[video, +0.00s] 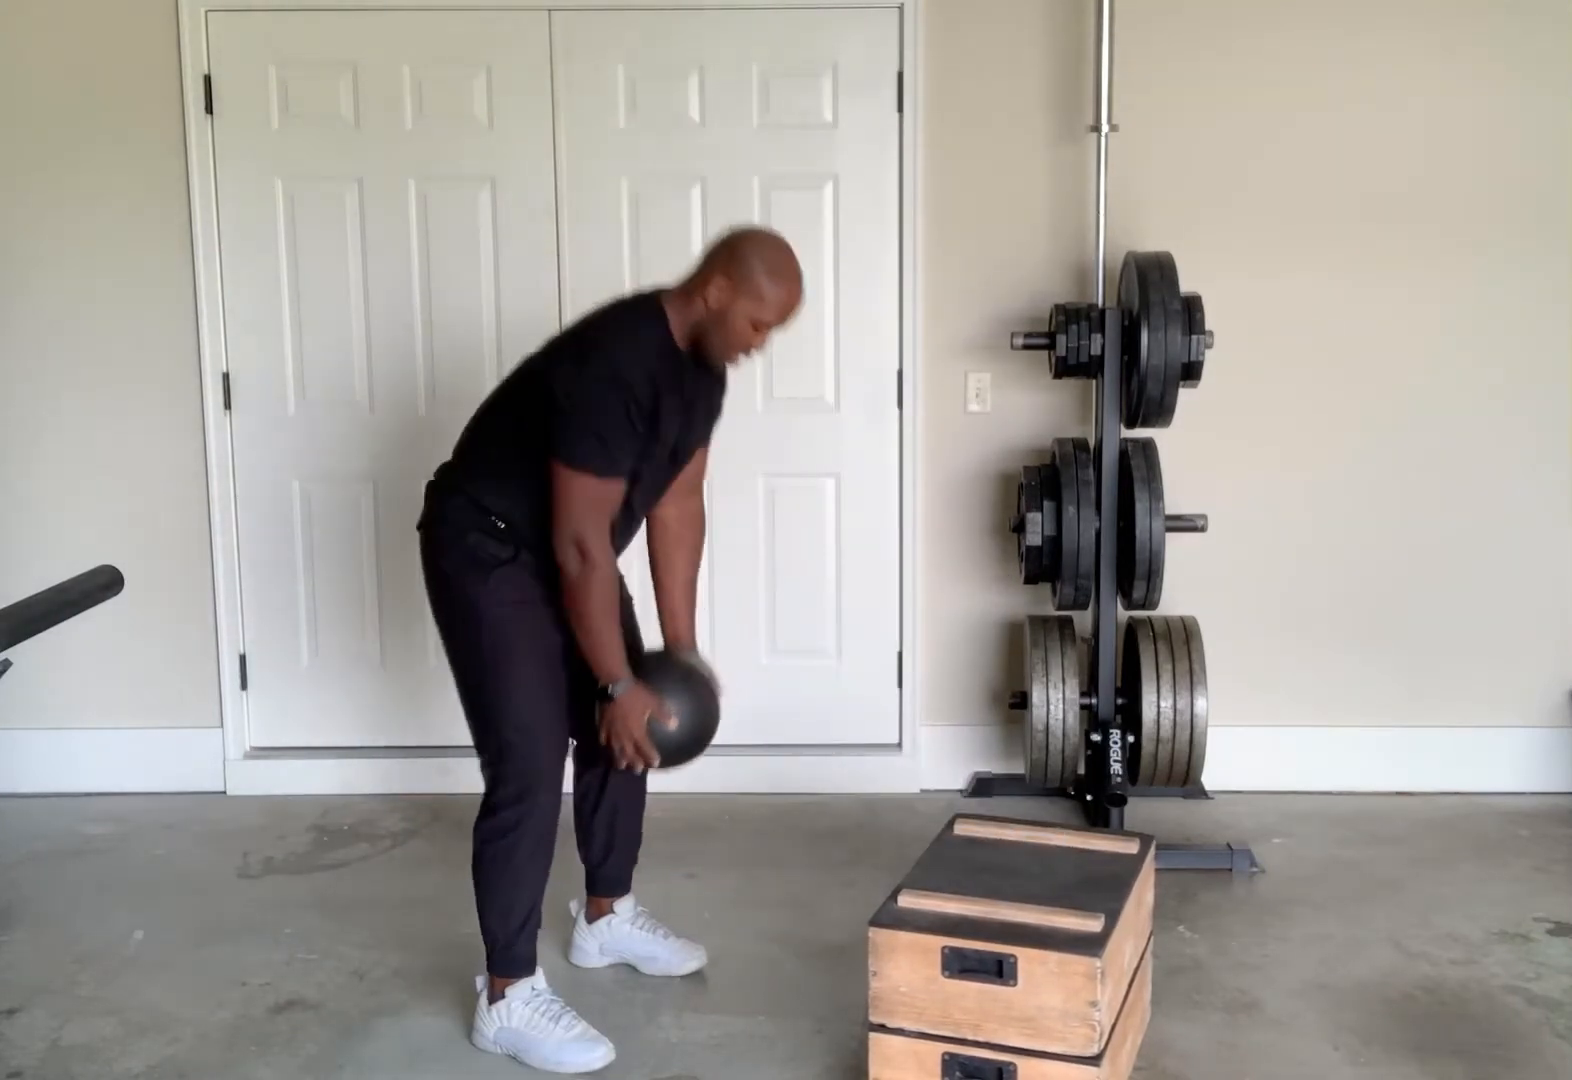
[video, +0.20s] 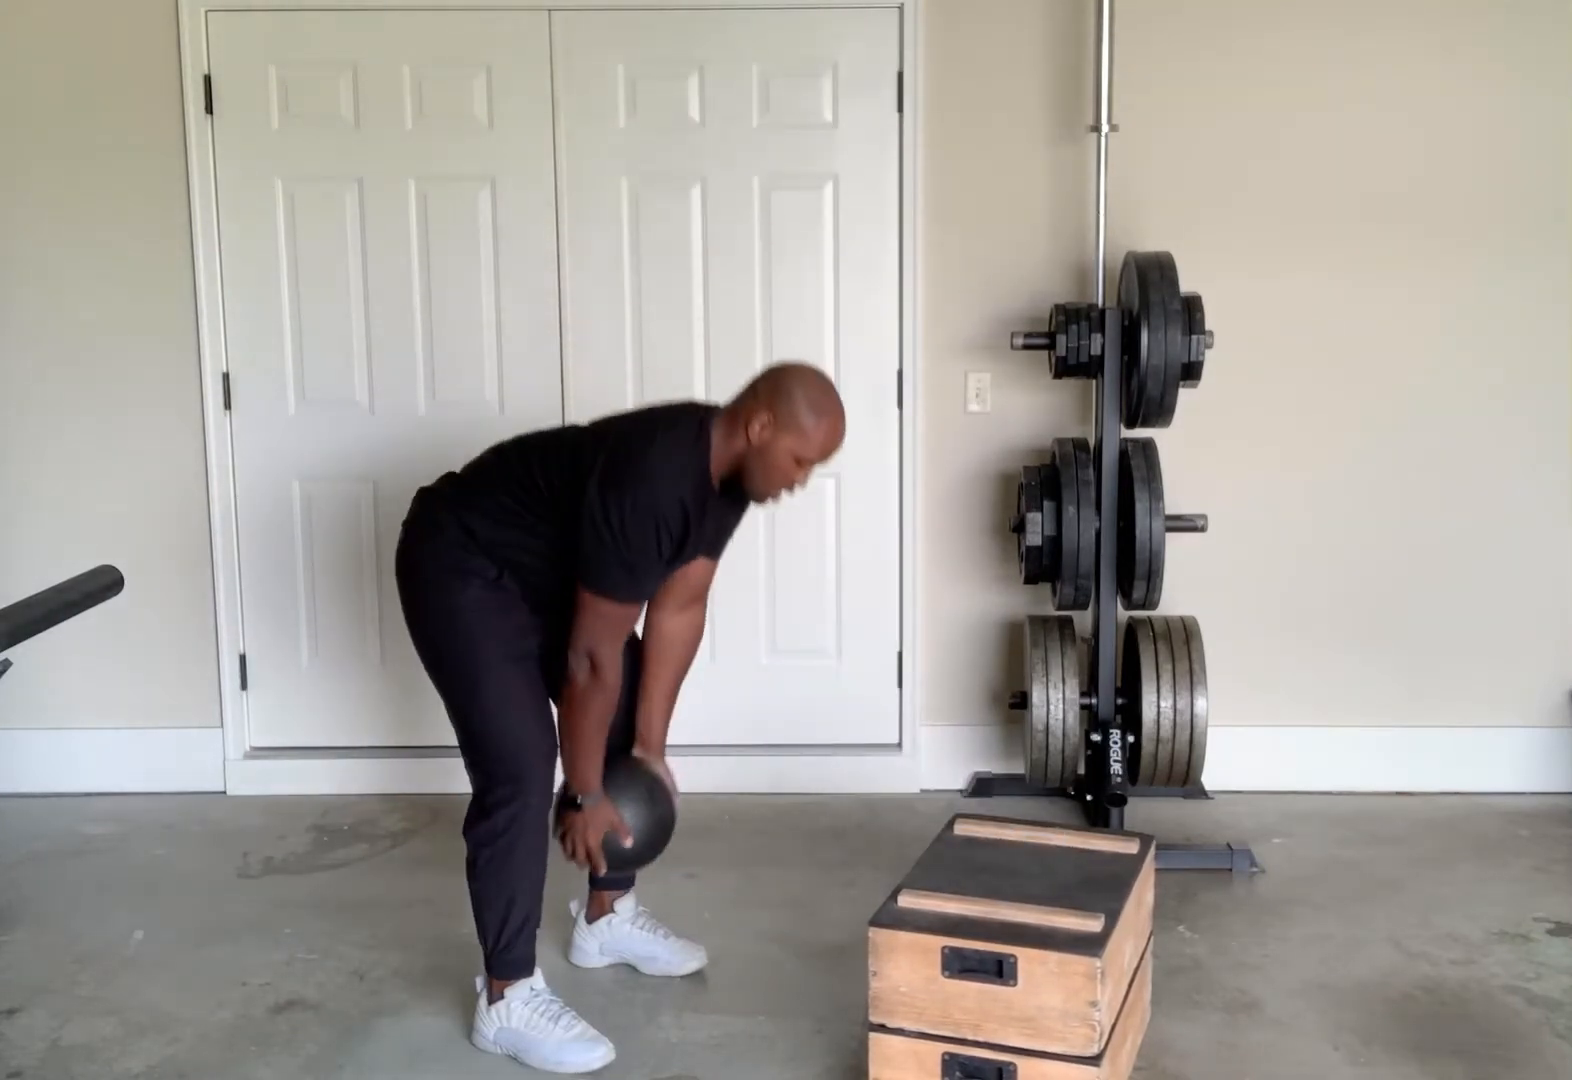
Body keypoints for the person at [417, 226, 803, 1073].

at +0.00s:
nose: (760, 341)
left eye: (772, 328)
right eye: (758, 321)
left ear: (734, 300)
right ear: (714, 286)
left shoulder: (701, 366)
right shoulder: (614, 360)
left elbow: (678, 503)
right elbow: (578, 546)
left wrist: (679, 651)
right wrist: (617, 689)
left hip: (571, 544)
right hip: (485, 544)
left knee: (622, 715)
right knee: (528, 759)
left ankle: (606, 916)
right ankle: (506, 991)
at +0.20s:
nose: (802, 481)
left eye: (812, 468)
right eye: (800, 461)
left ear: (759, 427)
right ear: (756, 426)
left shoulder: (730, 478)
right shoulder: (650, 473)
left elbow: (680, 609)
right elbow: (591, 658)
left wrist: (649, 753)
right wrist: (583, 792)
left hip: (547, 567)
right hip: (458, 558)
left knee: (633, 710)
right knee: (519, 767)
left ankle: (607, 915)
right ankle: (507, 994)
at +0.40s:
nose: (813, 535)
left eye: (822, 521)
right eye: (810, 516)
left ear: (768, 479)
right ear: (764, 479)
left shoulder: (733, 522)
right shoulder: (660, 524)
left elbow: (672, 652)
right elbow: (589, 702)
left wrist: (633, 790)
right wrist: (567, 834)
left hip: (532, 579)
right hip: (449, 576)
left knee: (641, 719)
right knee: (520, 779)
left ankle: (604, 918)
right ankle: (506, 995)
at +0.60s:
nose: (816, 462)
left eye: (823, 444)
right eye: (811, 440)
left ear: (758, 423)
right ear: (755, 420)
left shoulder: (731, 485)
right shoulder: (653, 484)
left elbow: (680, 612)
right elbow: (588, 665)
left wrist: (649, 754)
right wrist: (584, 801)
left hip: (547, 575)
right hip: (461, 570)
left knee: (618, 756)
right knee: (528, 781)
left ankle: (606, 917)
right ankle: (504, 995)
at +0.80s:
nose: (697, 175)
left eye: (692, 160)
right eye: (677, 162)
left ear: (645, 183)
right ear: (617, 181)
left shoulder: (680, 293)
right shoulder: (572, 294)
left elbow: (683, 402)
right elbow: (580, 455)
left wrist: (760, 456)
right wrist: (725, 472)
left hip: (651, 561)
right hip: (554, 568)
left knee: (723, 716)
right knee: (570, 791)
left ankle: (630, 886)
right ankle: (510, 994)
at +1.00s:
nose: (680, 133)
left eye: (675, 122)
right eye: (657, 119)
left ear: (656, 137)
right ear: (615, 139)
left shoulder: (694, 225)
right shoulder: (586, 229)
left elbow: (789, 188)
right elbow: (676, 157)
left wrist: (789, 51)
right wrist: (739, 42)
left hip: (721, 508)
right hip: (621, 531)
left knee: (891, 542)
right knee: (584, 760)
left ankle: (781, 733)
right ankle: (518, 983)